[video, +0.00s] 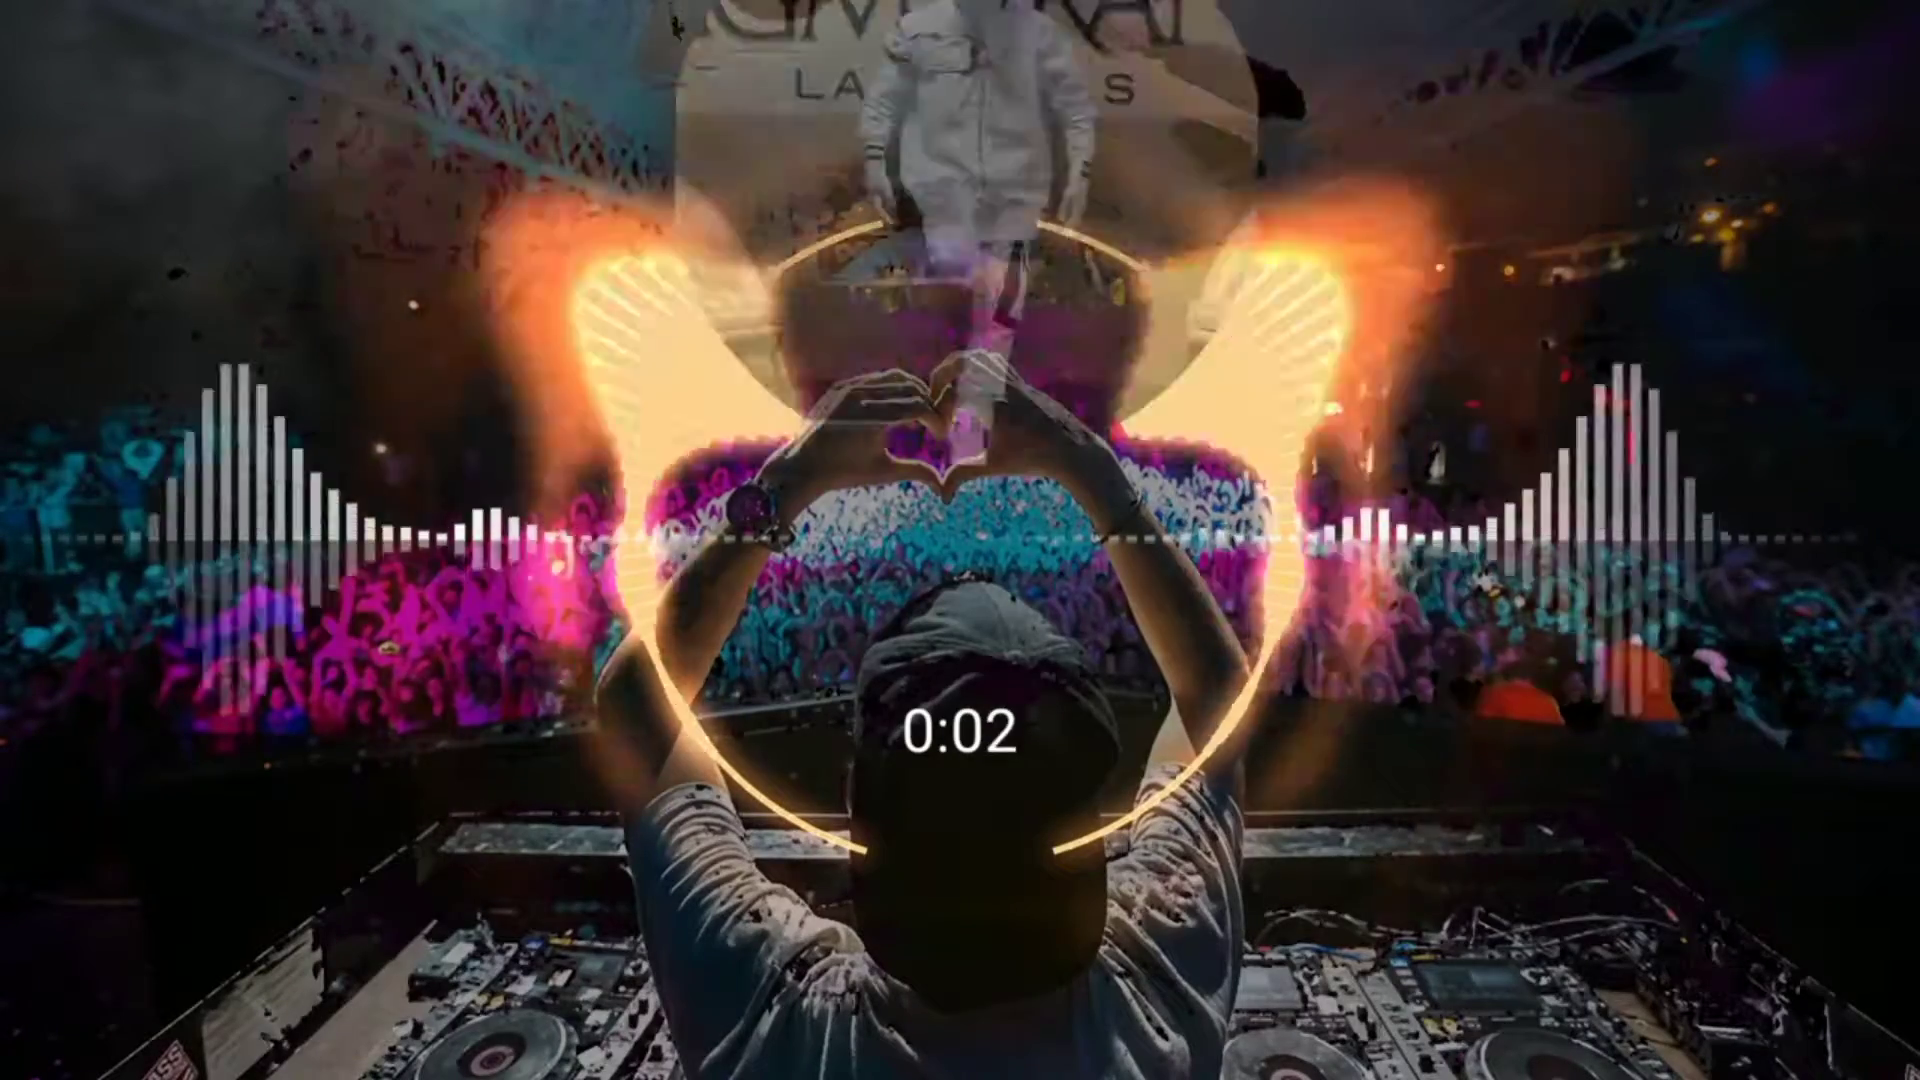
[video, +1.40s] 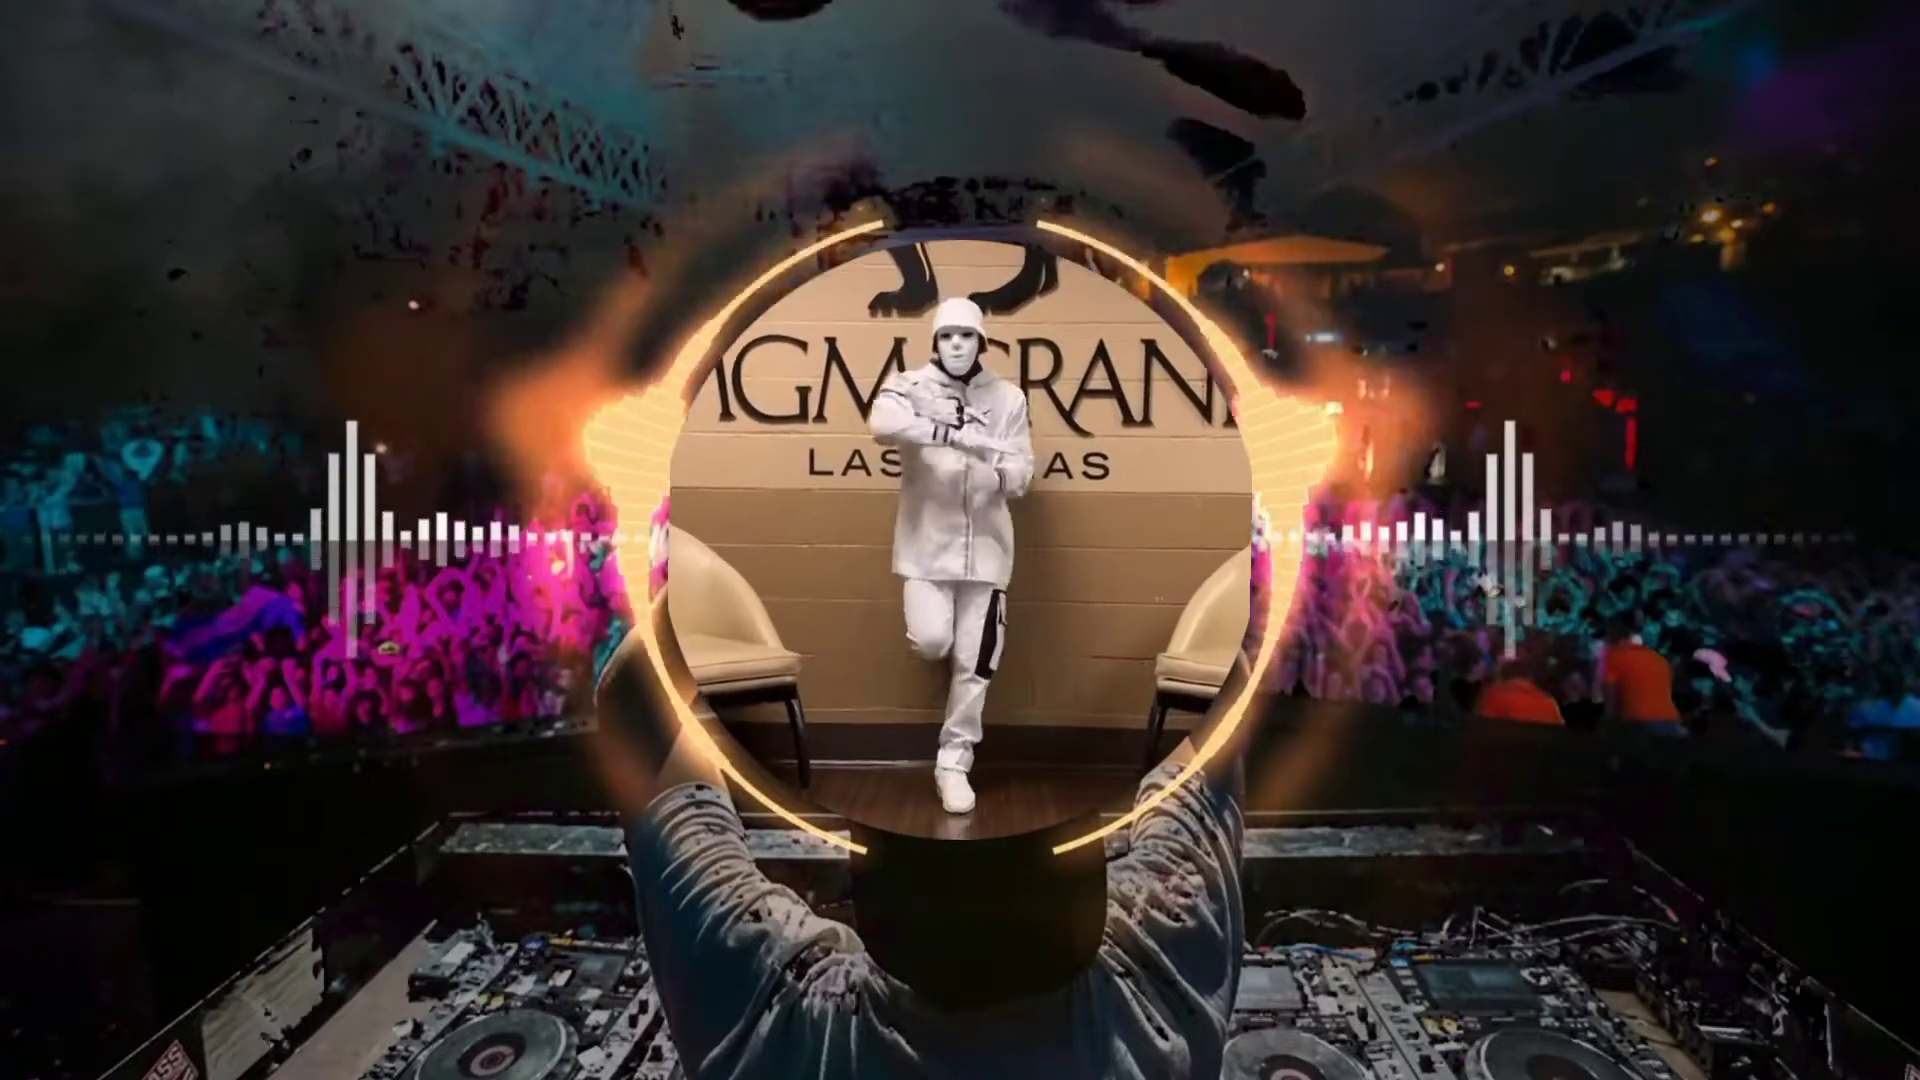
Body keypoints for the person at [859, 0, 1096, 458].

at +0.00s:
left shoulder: (1038, 30)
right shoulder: (919, 26)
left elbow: (1077, 110)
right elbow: (882, 101)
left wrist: (1077, 178)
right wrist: (876, 167)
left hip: (1017, 189)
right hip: (939, 186)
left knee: (999, 310)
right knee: (957, 300)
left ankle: (972, 419)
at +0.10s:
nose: (972, 207)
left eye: (985, 195)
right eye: (962, 194)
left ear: (1004, 194)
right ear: (949, 190)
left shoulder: (1040, 239)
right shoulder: (911, 236)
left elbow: (1070, 315)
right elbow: (880, 303)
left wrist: (1068, 390)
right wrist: (874, 364)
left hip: (1011, 372)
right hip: (936, 368)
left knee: (995, 498)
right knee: (951, 446)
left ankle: (967, 620)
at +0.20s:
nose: (975, 311)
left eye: (985, 301)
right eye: (966, 302)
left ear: (1000, 302)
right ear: (951, 301)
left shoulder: (1030, 347)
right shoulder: (915, 346)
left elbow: (1067, 417)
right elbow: (883, 413)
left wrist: (1072, 483)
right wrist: (873, 472)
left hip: (1010, 488)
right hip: (938, 482)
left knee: (994, 605)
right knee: (947, 559)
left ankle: (968, 716)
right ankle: (982, 601)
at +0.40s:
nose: (974, 365)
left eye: (985, 356)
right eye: (965, 355)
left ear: (998, 361)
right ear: (950, 359)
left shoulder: (1028, 417)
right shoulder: (918, 414)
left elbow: (1059, 486)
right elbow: (897, 487)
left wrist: (1060, 550)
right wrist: (893, 546)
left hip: (1005, 549)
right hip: (938, 541)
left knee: (991, 664)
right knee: (946, 615)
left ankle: (963, 772)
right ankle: (978, 656)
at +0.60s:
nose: (969, 370)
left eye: (978, 361)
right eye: (960, 361)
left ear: (991, 366)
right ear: (945, 366)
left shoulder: (1019, 418)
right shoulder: (932, 416)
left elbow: (1040, 492)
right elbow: (914, 410)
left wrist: (1037, 557)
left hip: (999, 544)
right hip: (943, 536)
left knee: (987, 658)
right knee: (945, 610)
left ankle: (963, 760)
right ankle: (975, 644)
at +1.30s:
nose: (957, 346)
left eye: (966, 337)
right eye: (948, 337)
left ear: (980, 341)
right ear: (935, 342)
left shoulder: (1007, 404)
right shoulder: (910, 390)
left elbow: (1019, 479)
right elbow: (914, 440)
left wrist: (1011, 535)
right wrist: (983, 439)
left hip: (989, 543)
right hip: (931, 539)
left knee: (980, 657)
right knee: (937, 632)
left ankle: (963, 759)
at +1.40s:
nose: (957, 345)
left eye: (966, 336)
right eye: (948, 336)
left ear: (982, 342)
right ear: (935, 341)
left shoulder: (1007, 400)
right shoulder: (911, 384)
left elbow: (1020, 475)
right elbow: (884, 421)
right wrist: (948, 433)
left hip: (985, 548)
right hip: (926, 545)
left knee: (974, 664)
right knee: (931, 643)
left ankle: (954, 765)